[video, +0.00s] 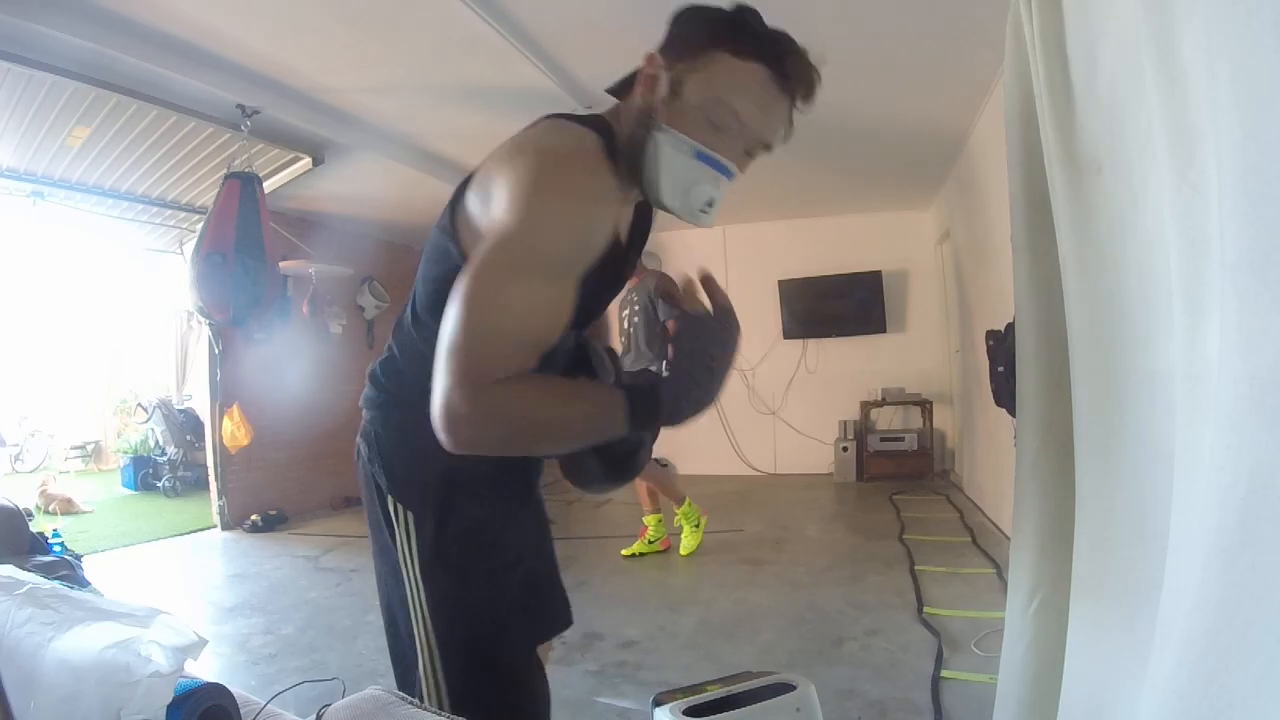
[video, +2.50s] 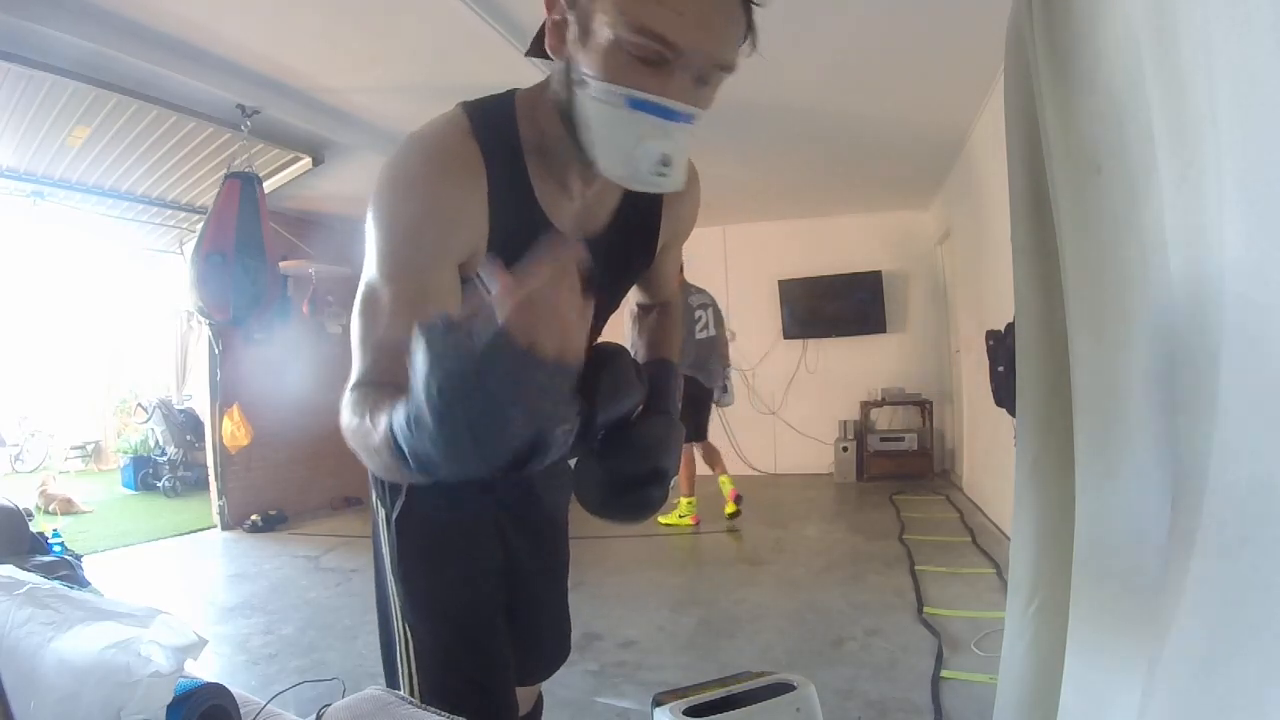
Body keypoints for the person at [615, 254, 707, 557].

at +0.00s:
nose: (619, 268)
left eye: (622, 262)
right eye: (617, 264)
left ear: (633, 258)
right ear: (622, 264)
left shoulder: (658, 282)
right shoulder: (627, 294)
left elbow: (676, 328)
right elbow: (629, 340)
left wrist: (675, 372)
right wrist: (619, 372)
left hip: (651, 379)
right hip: (628, 379)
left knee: (639, 456)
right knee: (636, 457)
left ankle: (688, 511)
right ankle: (655, 530)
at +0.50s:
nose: (639, 257)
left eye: (644, 249)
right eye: (636, 250)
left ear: (662, 245)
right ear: (638, 251)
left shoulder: (682, 281)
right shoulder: (651, 284)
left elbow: (694, 333)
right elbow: (656, 333)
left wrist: (687, 378)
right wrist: (653, 375)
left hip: (682, 376)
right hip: (657, 377)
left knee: (688, 456)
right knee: (658, 456)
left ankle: (716, 529)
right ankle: (657, 530)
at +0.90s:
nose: (658, 266)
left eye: (658, 258)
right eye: (655, 260)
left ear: (675, 249)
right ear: (676, 252)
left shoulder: (701, 281)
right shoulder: (690, 283)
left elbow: (720, 336)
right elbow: (696, 333)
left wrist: (695, 373)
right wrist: (682, 367)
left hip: (717, 373)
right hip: (705, 372)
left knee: (716, 452)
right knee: (695, 446)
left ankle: (721, 532)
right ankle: (696, 517)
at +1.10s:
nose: (670, 265)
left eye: (671, 257)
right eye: (669, 258)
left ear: (686, 251)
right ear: (693, 252)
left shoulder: (705, 284)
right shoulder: (717, 282)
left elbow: (711, 339)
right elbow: (718, 337)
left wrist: (685, 376)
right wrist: (686, 367)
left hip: (717, 375)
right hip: (725, 374)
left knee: (717, 454)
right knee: (722, 450)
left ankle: (719, 533)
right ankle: (738, 512)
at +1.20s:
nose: (678, 267)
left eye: (678, 259)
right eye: (676, 260)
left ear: (690, 253)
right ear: (702, 253)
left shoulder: (707, 285)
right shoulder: (727, 284)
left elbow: (712, 336)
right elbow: (728, 335)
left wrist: (687, 371)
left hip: (715, 375)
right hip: (731, 375)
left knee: (718, 454)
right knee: (730, 448)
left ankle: (719, 533)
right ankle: (748, 513)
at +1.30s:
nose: (684, 270)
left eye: (685, 262)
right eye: (683, 264)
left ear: (696, 255)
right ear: (708, 256)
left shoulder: (708, 286)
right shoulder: (734, 286)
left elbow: (710, 336)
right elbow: (749, 342)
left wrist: (686, 371)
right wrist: (746, 379)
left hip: (718, 378)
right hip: (738, 378)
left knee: (719, 456)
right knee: (738, 449)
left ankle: (718, 533)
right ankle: (750, 515)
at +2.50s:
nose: (665, 279)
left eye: (666, 273)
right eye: (666, 273)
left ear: (673, 272)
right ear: (683, 269)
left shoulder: (671, 300)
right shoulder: (705, 297)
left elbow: (668, 344)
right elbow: (721, 339)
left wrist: (661, 376)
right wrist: (723, 374)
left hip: (684, 375)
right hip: (708, 375)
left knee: (683, 442)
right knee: (701, 439)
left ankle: (687, 508)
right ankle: (729, 489)